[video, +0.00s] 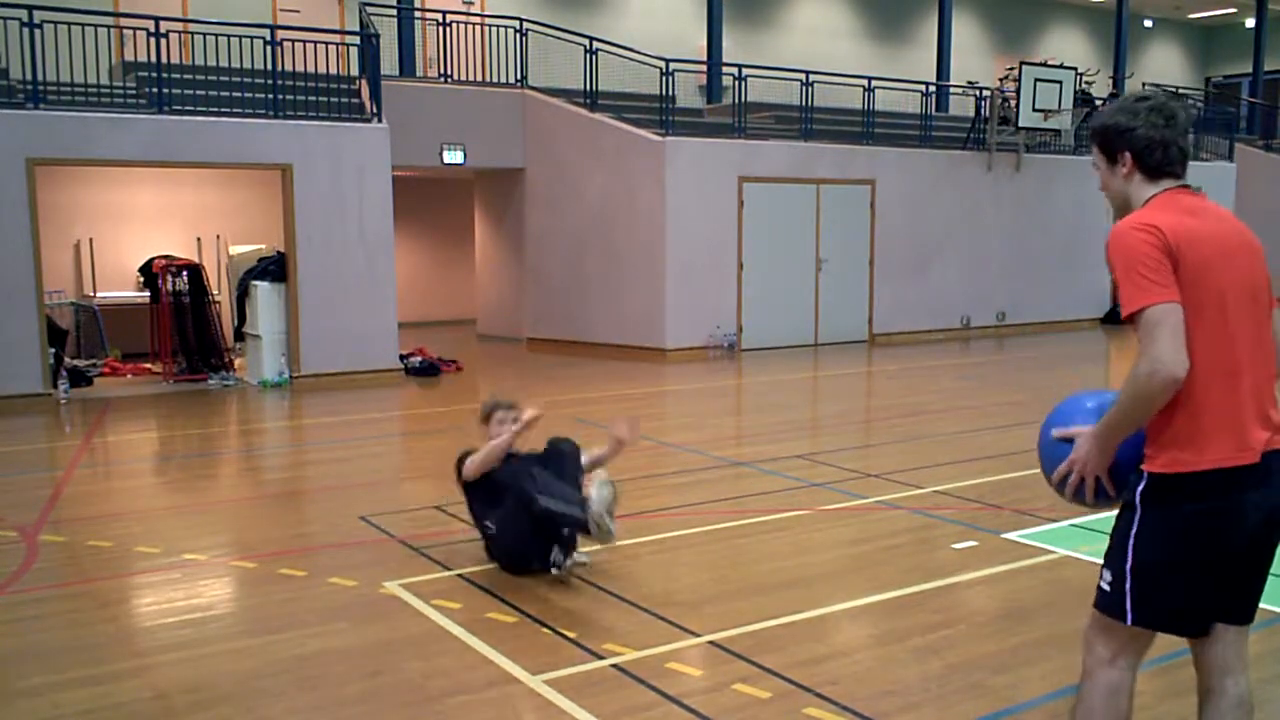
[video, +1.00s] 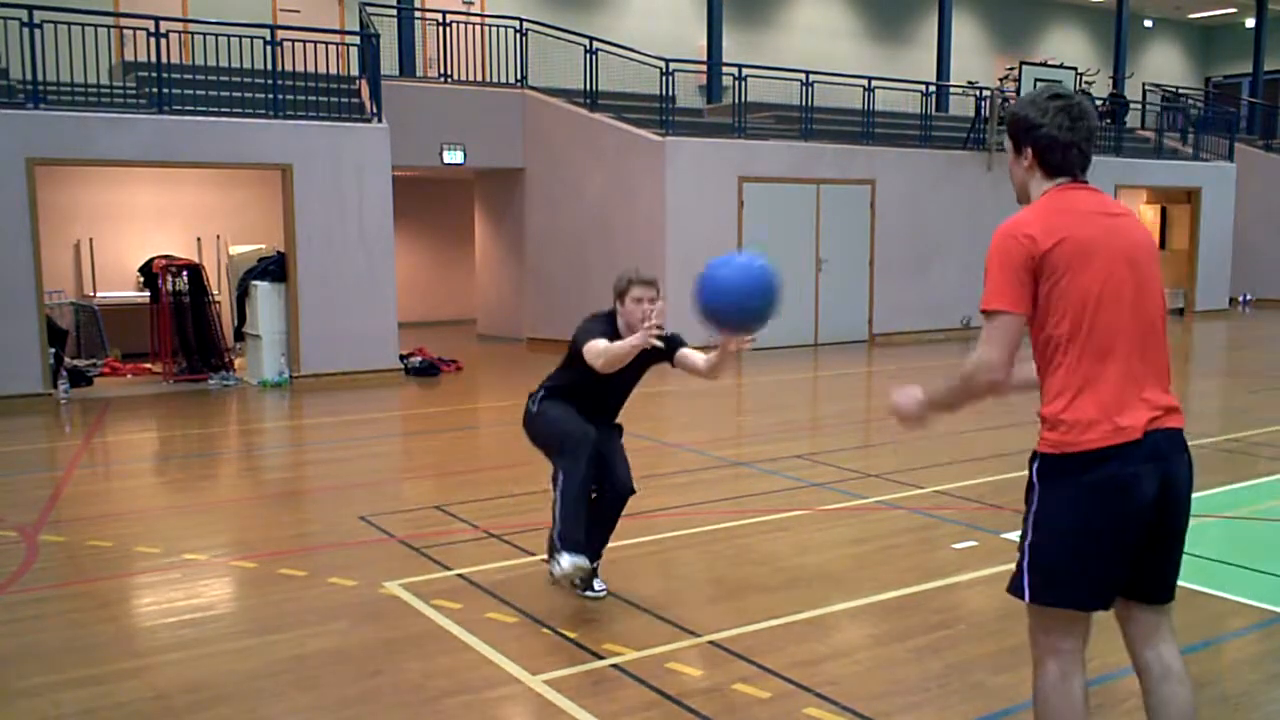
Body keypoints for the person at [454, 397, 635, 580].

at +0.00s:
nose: (509, 430)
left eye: (514, 423)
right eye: (500, 423)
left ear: (522, 426)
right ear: (486, 429)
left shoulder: (527, 463)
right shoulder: (472, 462)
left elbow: (578, 463)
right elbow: (471, 472)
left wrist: (612, 449)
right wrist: (515, 432)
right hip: (514, 552)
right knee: (516, 471)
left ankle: (565, 552)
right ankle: (589, 521)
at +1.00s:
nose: (647, 308)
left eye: (652, 301)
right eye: (638, 301)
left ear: (658, 306)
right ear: (619, 305)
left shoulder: (660, 342)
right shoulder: (595, 327)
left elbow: (706, 367)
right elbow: (601, 361)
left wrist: (726, 349)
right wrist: (637, 342)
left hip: (600, 425)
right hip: (553, 410)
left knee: (618, 487)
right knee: (580, 446)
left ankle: (586, 563)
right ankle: (566, 552)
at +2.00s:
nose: (628, 401)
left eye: (632, 392)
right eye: (619, 394)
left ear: (638, 393)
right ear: (598, 397)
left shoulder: (641, 431)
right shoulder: (580, 433)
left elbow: (704, 450)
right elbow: (573, 441)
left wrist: (721, 421)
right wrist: (609, 383)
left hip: (629, 531)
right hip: (584, 534)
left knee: (659, 467)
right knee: (594, 491)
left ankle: (618, 570)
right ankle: (630, 563)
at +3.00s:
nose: (499, 490)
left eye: (497, 490)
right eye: (492, 495)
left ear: (504, 490)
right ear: (491, 507)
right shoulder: (498, 523)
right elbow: (440, 487)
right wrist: (453, 520)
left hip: (590, 445)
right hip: (556, 449)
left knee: (525, 449)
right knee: (495, 467)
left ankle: (491, 391)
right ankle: (466, 398)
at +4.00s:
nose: (620, 400)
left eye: (623, 393)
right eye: (612, 393)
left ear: (627, 395)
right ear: (591, 395)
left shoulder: (636, 426)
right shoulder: (570, 423)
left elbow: (700, 438)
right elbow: (584, 445)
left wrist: (751, 435)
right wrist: (630, 435)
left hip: (623, 518)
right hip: (579, 527)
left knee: (646, 455)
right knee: (609, 521)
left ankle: (637, 562)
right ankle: (689, 575)